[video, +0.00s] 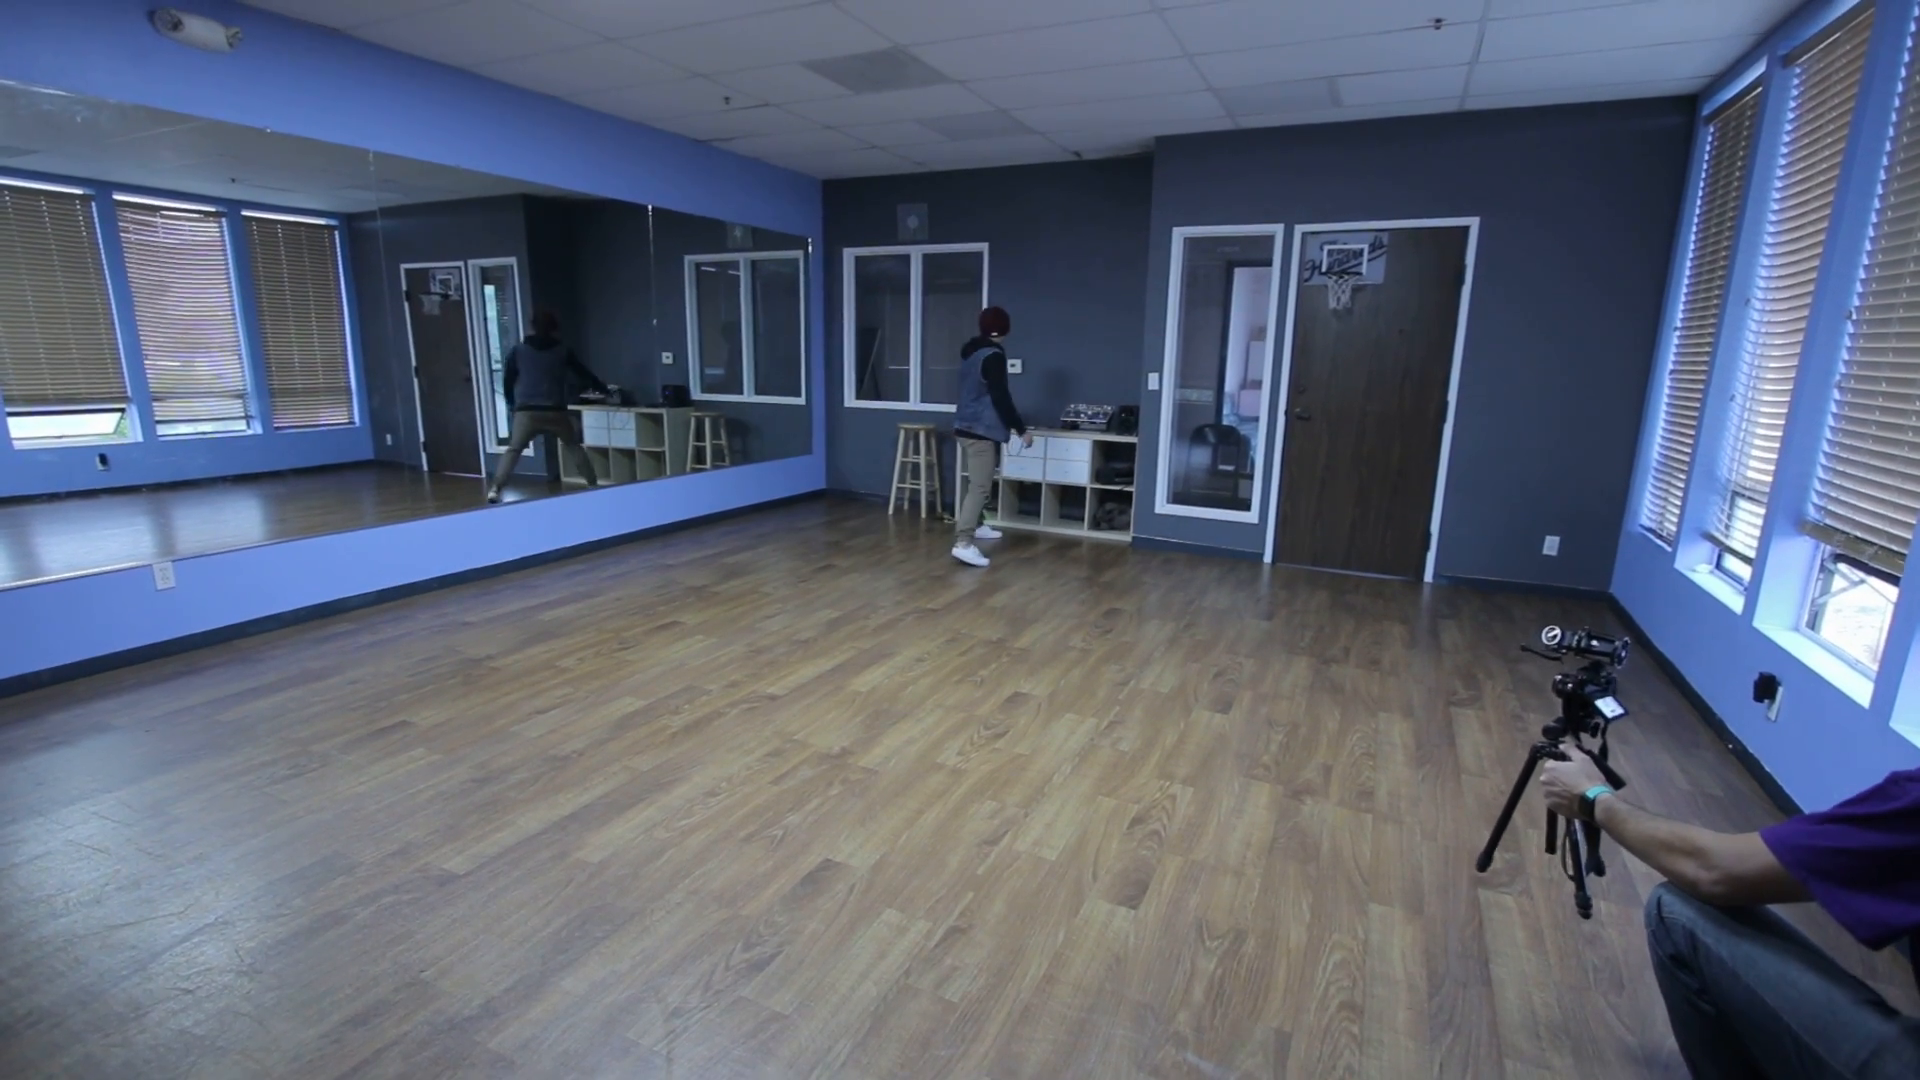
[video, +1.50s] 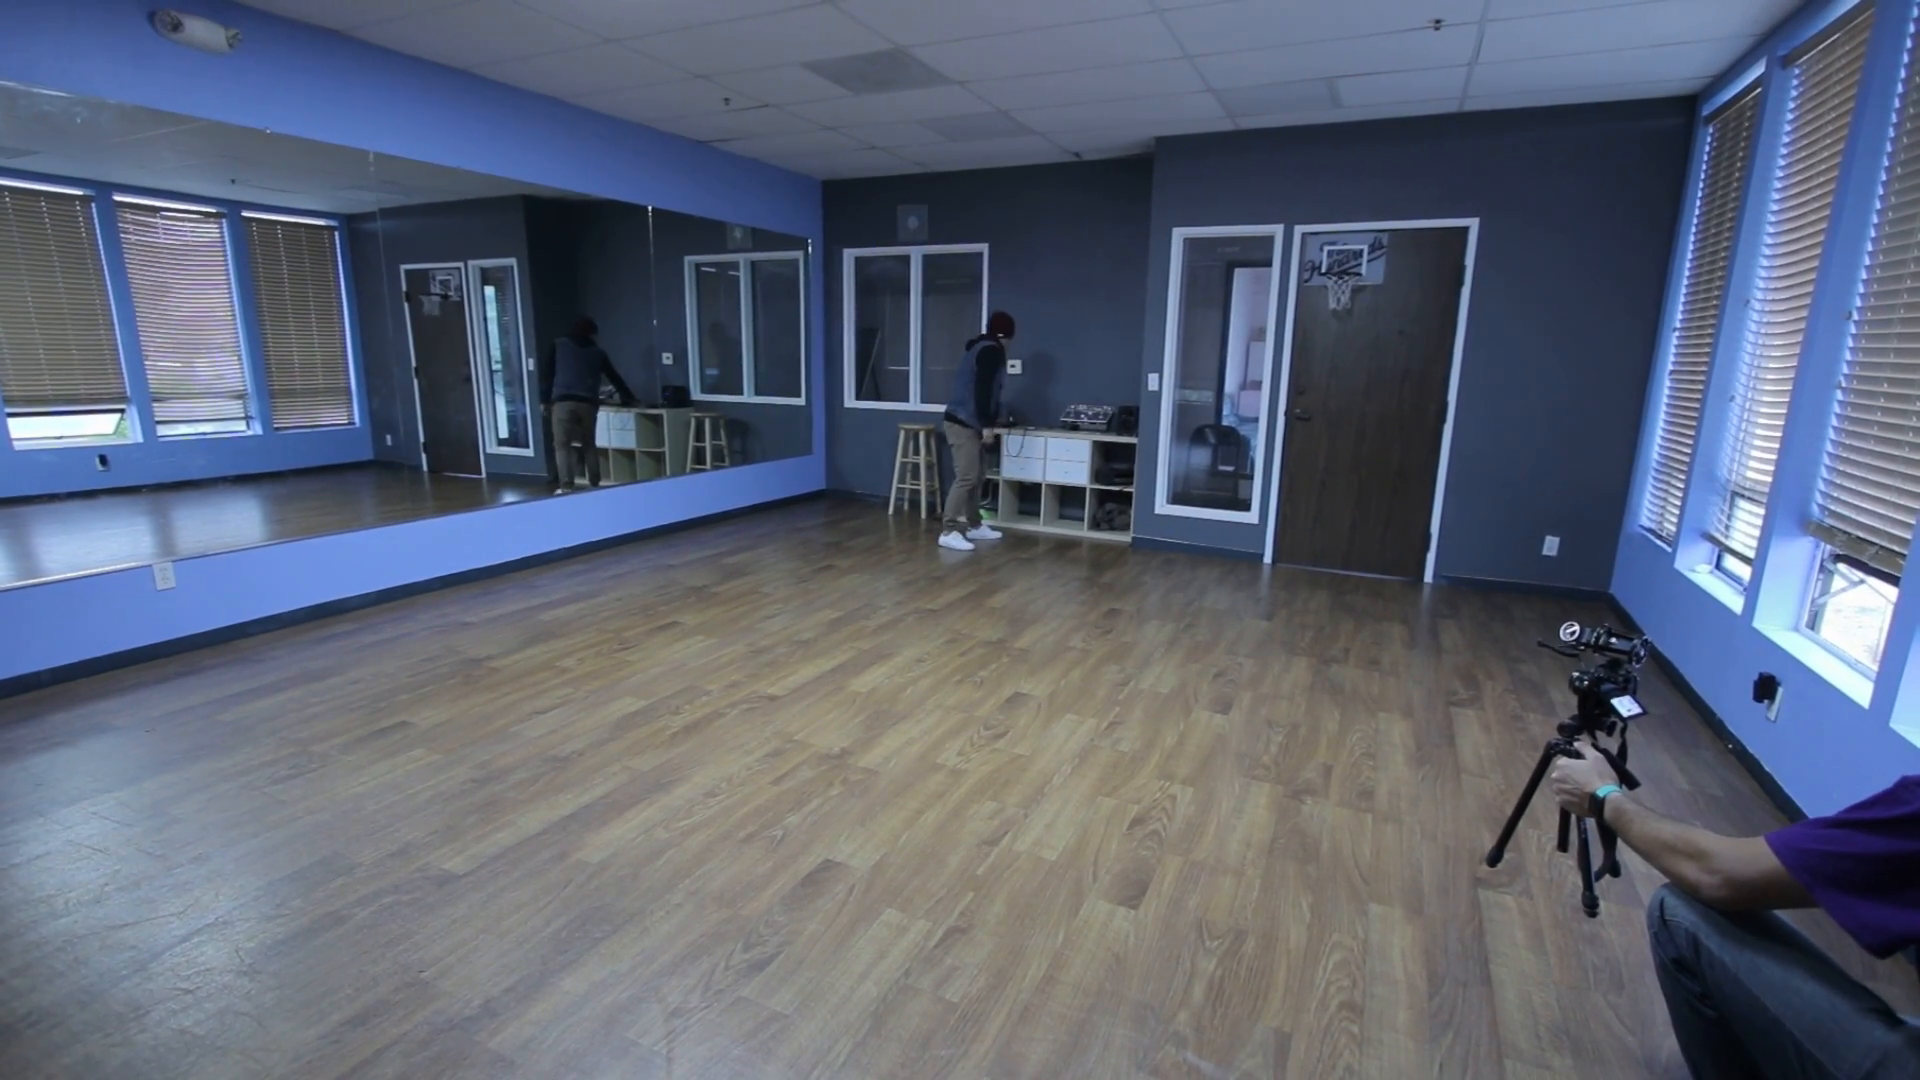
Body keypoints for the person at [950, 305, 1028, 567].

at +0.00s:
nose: (1006, 334)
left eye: (1005, 329)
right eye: (1006, 330)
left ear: (983, 328)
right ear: (1001, 331)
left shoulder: (973, 351)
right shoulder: (993, 355)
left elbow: (974, 393)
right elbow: (1000, 396)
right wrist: (1020, 429)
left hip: (967, 427)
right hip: (981, 431)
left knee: (978, 482)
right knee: (980, 486)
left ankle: (974, 525)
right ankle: (962, 543)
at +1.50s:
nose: (1011, 341)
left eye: (1011, 336)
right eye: (1010, 336)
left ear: (990, 329)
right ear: (1005, 334)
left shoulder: (984, 348)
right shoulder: (991, 351)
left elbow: (983, 389)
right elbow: (983, 389)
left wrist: (991, 421)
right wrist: (987, 424)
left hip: (970, 423)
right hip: (962, 422)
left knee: (975, 477)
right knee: (966, 477)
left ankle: (974, 525)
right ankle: (949, 531)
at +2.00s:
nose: (1001, 337)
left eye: (1001, 332)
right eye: (999, 332)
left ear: (983, 330)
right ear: (987, 331)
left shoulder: (986, 355)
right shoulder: (963, 354)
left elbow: (985, 398)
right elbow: (950, 395)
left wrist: (985, 430)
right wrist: (954, 432)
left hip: (974, 429)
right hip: (955, 430)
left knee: (976, 480)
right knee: (965, 482)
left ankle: (973, 526)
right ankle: (950, 533)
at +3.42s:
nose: (989, 328)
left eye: (989, 323)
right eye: (987, 323)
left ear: (972, 322)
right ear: (976, 322)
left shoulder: (975, 347)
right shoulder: (958, 350)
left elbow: (976, 391)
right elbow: (961, 395)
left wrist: (982, 424)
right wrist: (974, 430)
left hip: (972, 426)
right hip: (955, 427)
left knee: (982, 477)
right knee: (957, 480)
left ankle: (987, 527)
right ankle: (946, 533)